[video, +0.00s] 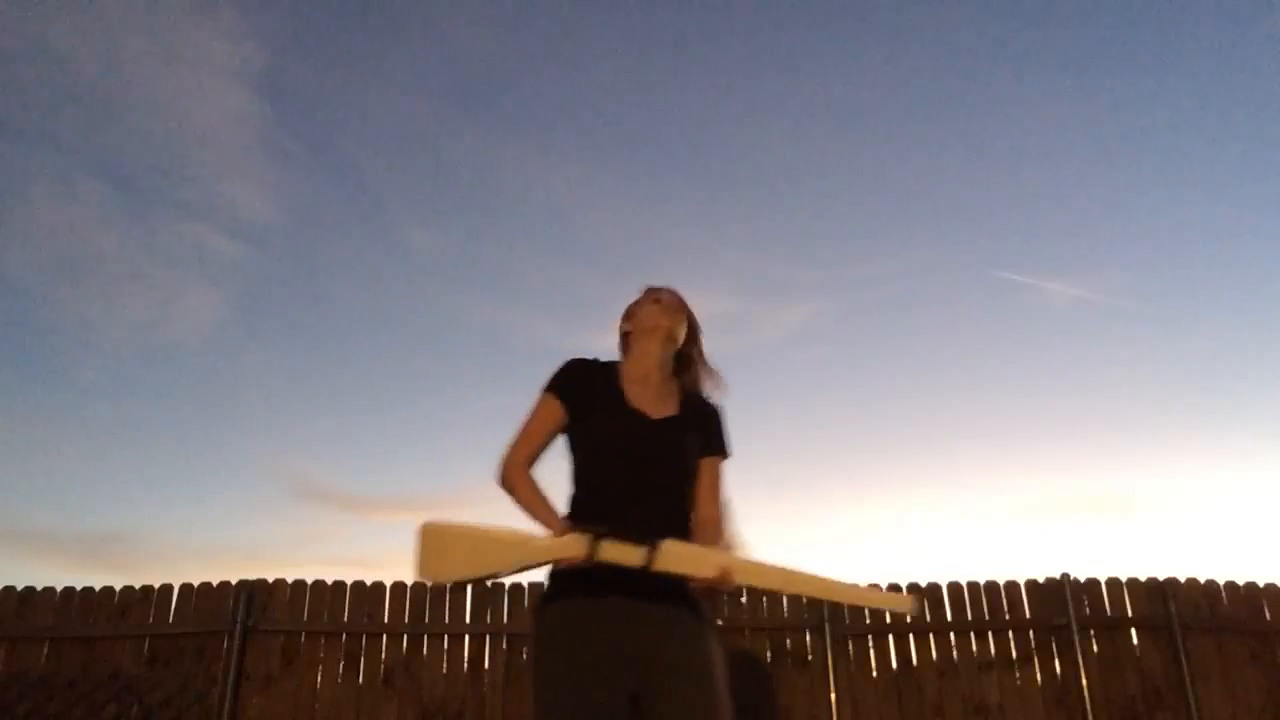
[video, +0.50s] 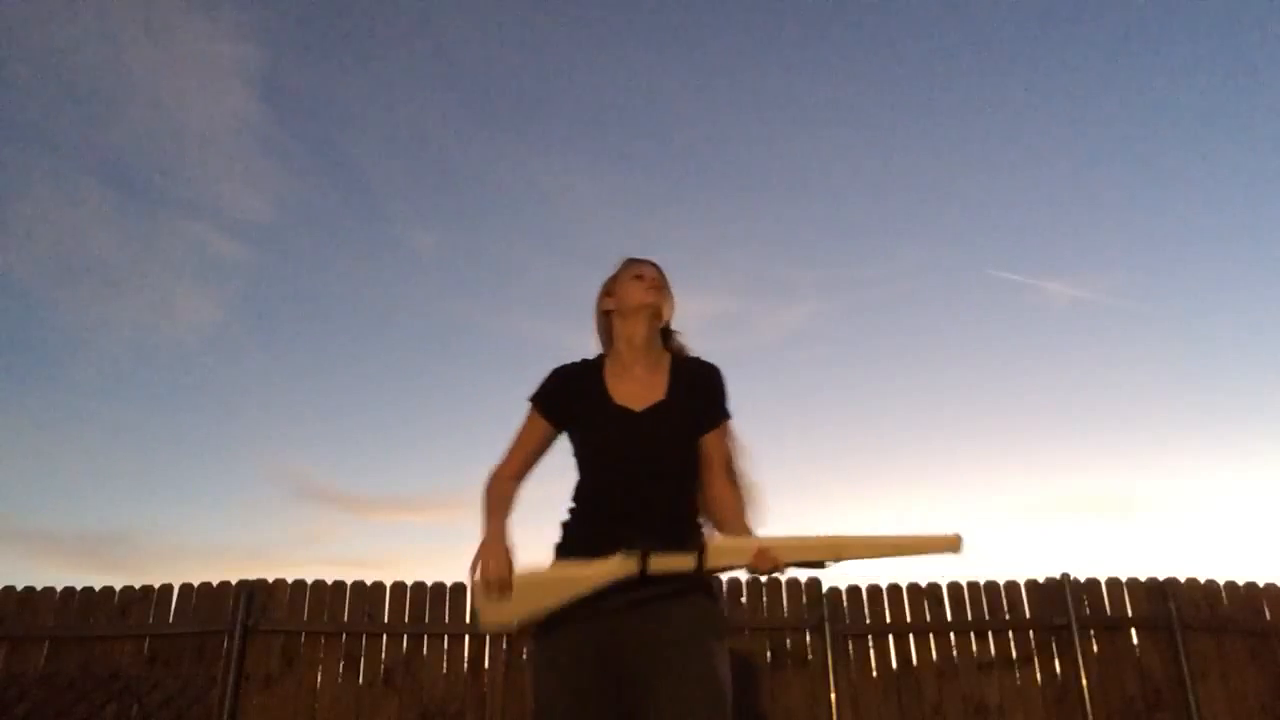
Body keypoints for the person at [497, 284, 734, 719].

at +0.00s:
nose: (660, 302)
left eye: (672, 304)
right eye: (650, 297)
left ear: (685, 338)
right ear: (627, 323)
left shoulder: (701, 414)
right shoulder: (584, 378)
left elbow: (707, 518)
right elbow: (513, 469)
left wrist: (711, 565)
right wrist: (559, 528)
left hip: (669, 599)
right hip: (585, 592)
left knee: (698, 708)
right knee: (574, 709)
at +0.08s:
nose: (656, 293)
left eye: (670, 292)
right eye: (647, 291)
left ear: (689, 325)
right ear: (631, 319)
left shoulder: (719, 404)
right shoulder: (593, 381)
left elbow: (724, 510)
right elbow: (533, 475)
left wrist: (736, 554)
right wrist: (577, 527)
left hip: (685, 596)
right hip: (598, 591)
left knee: (703, 708)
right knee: (587, 709)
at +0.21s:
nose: (670, 285)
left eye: (680, 285)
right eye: (658, 282)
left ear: (693, 315)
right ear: (634, 311)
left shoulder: (730, 386)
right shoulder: (601, 384)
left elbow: (746, 495)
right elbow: (546, 485)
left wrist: (769, 540)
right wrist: (594, 505)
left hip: (697, 588)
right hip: (609, 585)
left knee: (710, 705)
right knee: (580, 706)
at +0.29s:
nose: (673, 284)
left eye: (681, 283)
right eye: (657, 279)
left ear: (690, 313)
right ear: (630, 308)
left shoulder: (727, 381)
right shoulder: (598, 384)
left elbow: (746, 487)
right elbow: (544, 484)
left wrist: (775, 536)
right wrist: (574, 496)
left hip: (697, 585)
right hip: (607, 584)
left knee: (709, 705)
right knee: (580, 706)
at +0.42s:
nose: (660, 283)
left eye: (668, 282)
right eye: (646, 277)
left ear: (676, 310)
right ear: (618, 302)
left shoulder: (711, 378)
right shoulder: (583, 383)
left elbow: (731, 479)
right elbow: (525, 477)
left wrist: (764, 537)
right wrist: (525, 517)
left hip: (686, 572)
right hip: (600, 574)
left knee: (699, 703)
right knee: (578, 704)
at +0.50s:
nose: (651, 282)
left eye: (660, 281)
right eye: (636, 276)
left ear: (668, 311)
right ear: (609, 300)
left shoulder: (699, 380)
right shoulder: (572, 382)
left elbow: (717, 481)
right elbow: (505, 477)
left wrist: (747, 541)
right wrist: (494, 540)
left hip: (677, 578)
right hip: (585, 578)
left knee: (693, 702)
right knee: (572, 704)